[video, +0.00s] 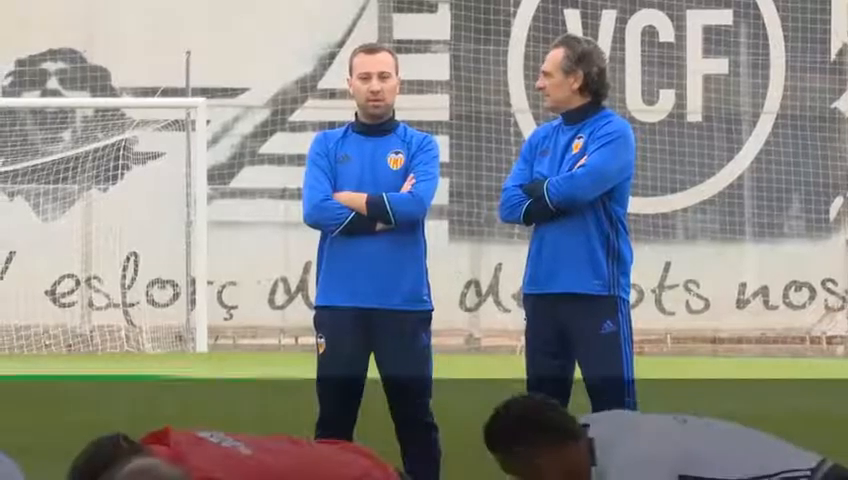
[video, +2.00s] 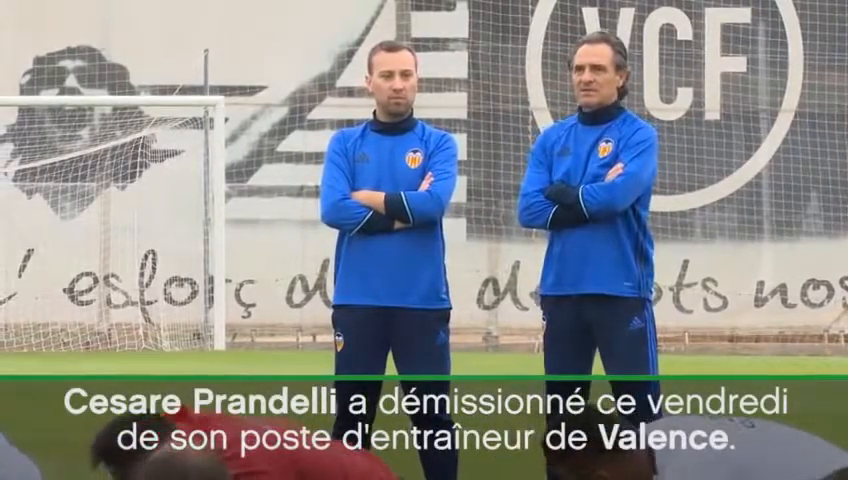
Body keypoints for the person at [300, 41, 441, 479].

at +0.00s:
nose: (375, 87)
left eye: (384, 77)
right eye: (365, 78)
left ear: (398, 84)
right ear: (350, 85)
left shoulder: (420, 144)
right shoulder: (327, 143)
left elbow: (415, 207)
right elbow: (315, 211)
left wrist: (343, 197)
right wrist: (388, 213)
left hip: (404, 303)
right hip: (340, 303)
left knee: (415, 421)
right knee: (334, 422)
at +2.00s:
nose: (397, 84)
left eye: (406, 75)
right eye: (387, 76)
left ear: (418, 82)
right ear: (369, 84)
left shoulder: (439, 142)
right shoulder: (345, 142)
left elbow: (433, 205)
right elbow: (333, 210)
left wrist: (362, 196)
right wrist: (406, 212)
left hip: (423, 302)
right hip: (358, 302)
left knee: (432, 417)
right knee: (351, 419)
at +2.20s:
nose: (398, 84)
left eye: (406, 75)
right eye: (388, 75)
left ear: (417, 82)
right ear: (369, 83)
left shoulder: (440, 142)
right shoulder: (345, 142)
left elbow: (434, 205)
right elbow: (334, 210)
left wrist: (364, 196)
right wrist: (406, 212)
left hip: (423, 301)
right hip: (358, 301)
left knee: (433, 416)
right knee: (352, 418)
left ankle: (442, 479)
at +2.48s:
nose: (398, 84)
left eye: (406, 75)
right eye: (388, 76)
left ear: (417, 82)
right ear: (370, 83)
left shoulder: (440, 143)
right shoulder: (345, 142)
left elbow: (434, 206)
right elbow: (334, 210)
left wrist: (364, 196)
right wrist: (406, 213)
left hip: (423, 302)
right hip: (358, 302)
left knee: (433, 416)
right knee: (352, 418)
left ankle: (442, 479)